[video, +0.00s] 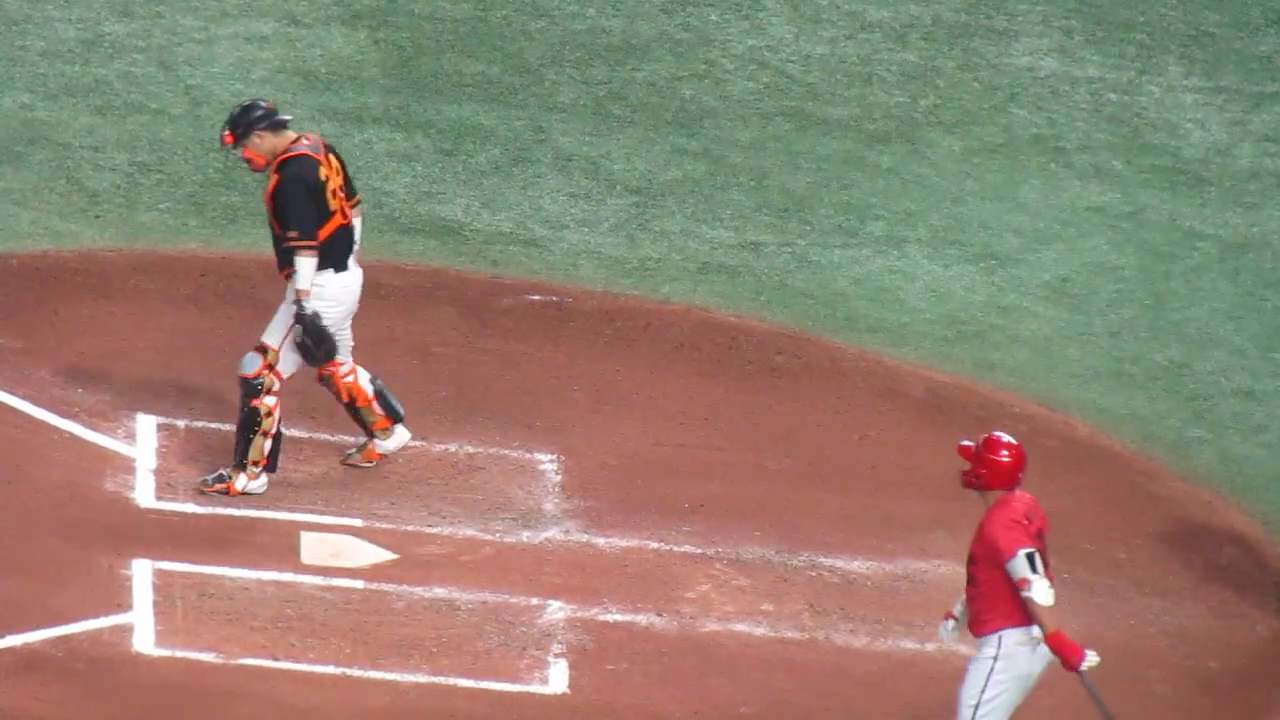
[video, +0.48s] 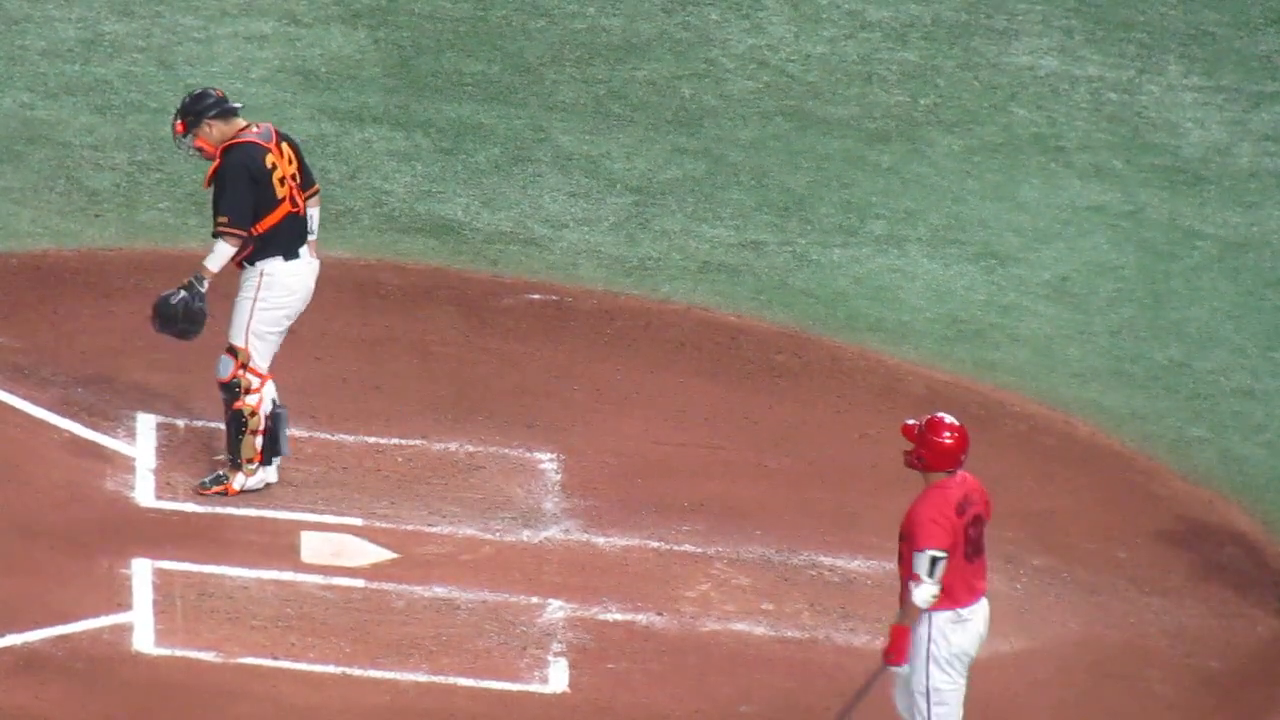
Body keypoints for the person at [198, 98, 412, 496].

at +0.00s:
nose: (245, 157)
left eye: (245, 147)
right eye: (241, 150)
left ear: (264, 135)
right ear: (268, 132)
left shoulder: (293, 174)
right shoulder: (317, 147)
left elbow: (304, 247)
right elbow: (352, 208)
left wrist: (302, 305)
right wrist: (348, 259)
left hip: (321, 284)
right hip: (343, 276)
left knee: (260, 369)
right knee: (335, 367)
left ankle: (251, 472)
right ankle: (387, 431)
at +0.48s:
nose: (196, 146)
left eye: (194, 135)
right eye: (191, 138)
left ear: (212, 123)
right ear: (227, 117)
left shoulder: (235, 159)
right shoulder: (275, 135)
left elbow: (232, 233)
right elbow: (310, 193)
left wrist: (197, 283)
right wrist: (309, 244)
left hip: (272, 273)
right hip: (298, 266)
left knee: (239, 370)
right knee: (253, 364)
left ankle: (248, 469)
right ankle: (264, 458)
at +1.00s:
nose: (214, 91)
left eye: (222, 86)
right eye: (215, 84)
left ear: (244, 94)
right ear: (234, 92)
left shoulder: (263, 138)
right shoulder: (230, 134)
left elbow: (272, 209)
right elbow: (240, 201)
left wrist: (260, 269)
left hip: (269, 257)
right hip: (242, 255)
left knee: (243, 360)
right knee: (221, 347)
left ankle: (251, 466)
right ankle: (243, 429)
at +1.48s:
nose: (244, 75)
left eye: (254, 70)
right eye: (244, 67)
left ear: (278, 78)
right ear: (250, 73)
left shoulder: (310, 128)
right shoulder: (236, 117)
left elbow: (336, 193)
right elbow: (249, 173)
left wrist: (338, 251)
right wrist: (260, 219)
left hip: (301, 244)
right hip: (254, 240)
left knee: (317, 338)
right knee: (238, 331)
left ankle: (328, 405)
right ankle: (247, 424)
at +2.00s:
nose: (391, 89)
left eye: (399, 80)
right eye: (382, 81)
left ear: (409, 83)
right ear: (365, 84)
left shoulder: (426, 125)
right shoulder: (339, 134)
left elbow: (431, 185)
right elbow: (319, 191)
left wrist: (433, 237)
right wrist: (322, 237)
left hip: (398, 249)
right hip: (351, 248)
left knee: (389, 336)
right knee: (322, 340)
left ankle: (345, 417)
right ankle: (275, 420)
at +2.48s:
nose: (472, 110)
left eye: (476, 102)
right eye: (462, 103)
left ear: (484, 103)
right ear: (440, 106)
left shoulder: (489, 140)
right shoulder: (413, 154)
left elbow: (492, 198)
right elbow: (389, 212)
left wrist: (497, 248)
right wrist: (391, 261)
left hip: (450, 267)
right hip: (412, 262)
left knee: (406, 349)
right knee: (450, 360)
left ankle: (351, 408)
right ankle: (443, 456)